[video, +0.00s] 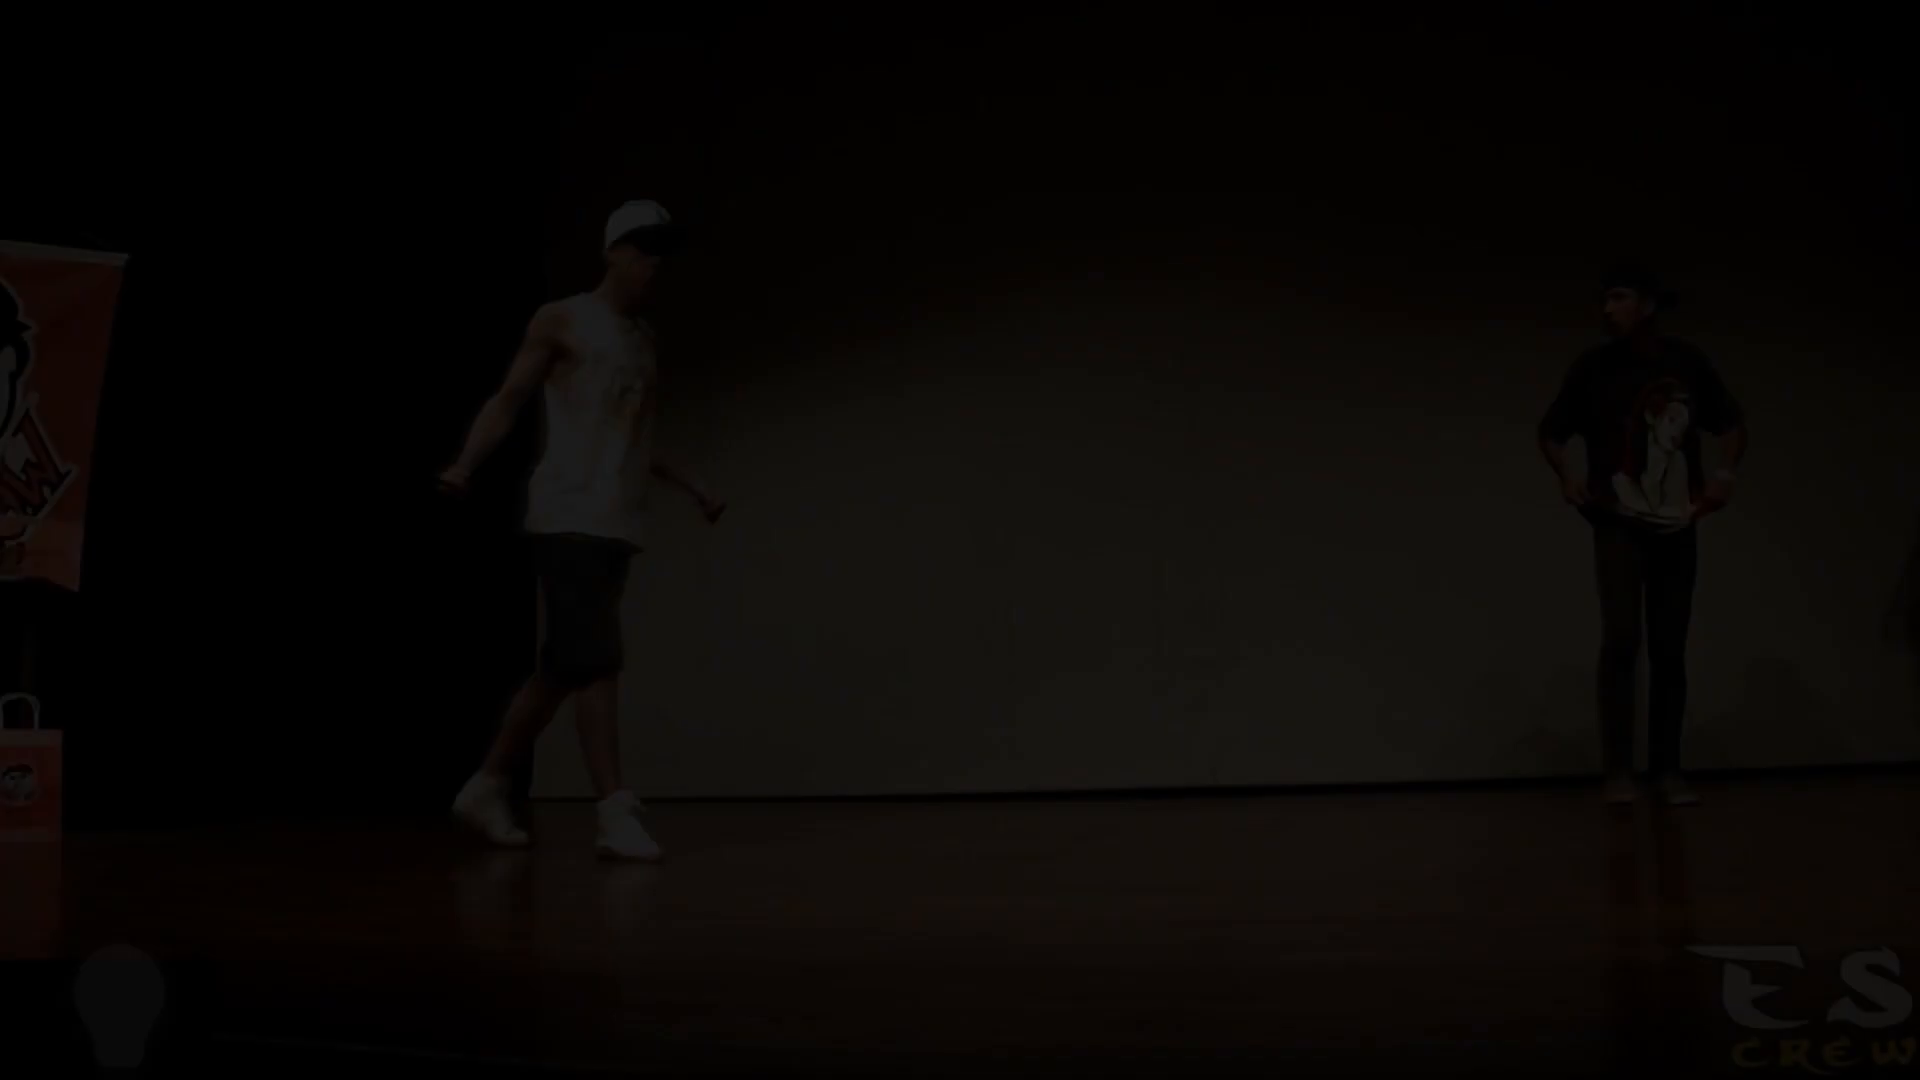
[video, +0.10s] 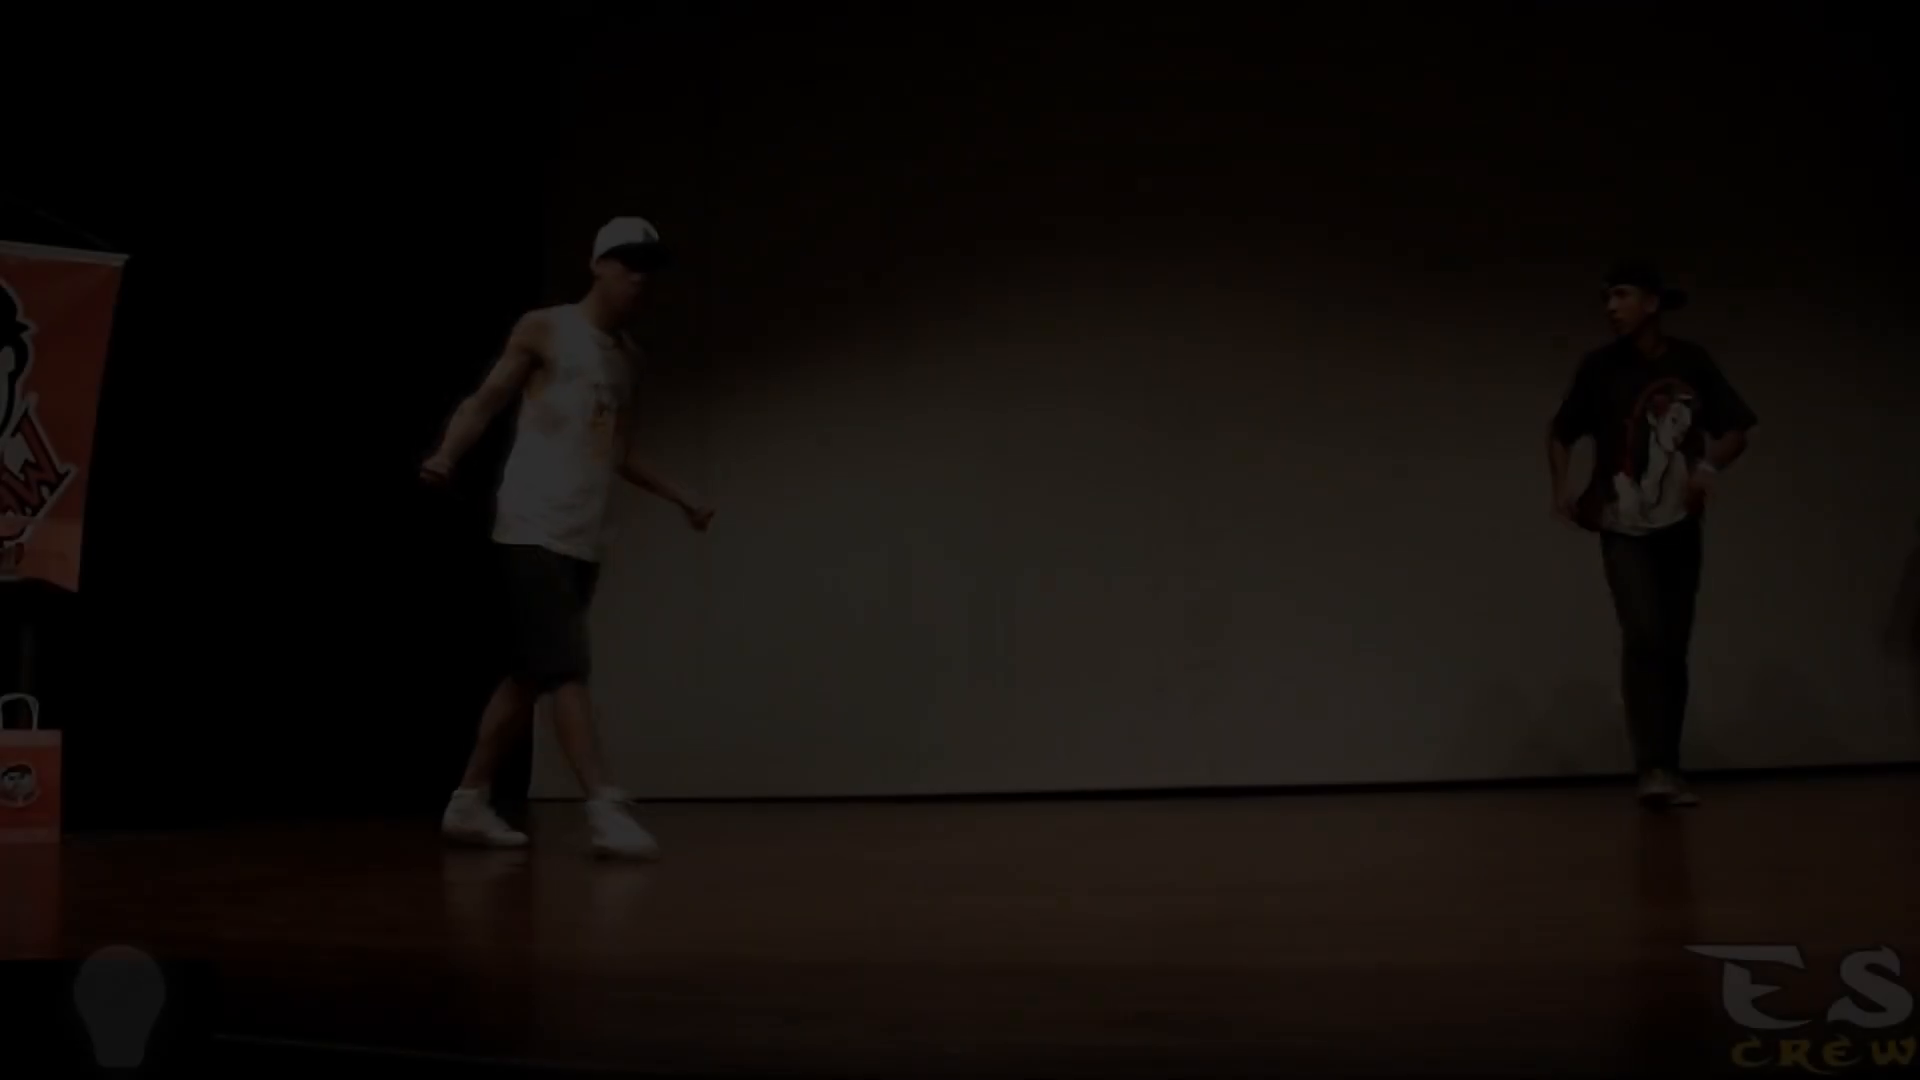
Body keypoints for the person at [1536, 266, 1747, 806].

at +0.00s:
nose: (1613, 311)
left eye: (1622, 300)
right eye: (1610, 301)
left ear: (1646, 305)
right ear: (1608, 309)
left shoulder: (1684, 362)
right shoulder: (1596, 365)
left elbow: (1728, 429)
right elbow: (1552, 434)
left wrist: (1717, 487)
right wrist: (1573, 490)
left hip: (1674, 524)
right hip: (1615, 525)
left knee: (1668, 648)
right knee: (1620, 644)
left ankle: (1666, 770)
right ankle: (1618, 770)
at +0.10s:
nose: (1613, 307)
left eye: (1623, 297)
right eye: (1611, 298)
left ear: (1651, 303)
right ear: (1614, 307)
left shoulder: (1688, 362)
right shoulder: (1599, 367)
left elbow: (1735, 427)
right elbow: (1561, 434)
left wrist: (1704, 473)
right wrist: (1563, 494)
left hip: (1678, 524)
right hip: (1621, 527)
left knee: (1671, 642)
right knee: (1642, 640)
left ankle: (1666, 767)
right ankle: (1650, 769)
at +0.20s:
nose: (1614, 305)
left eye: (1624, 295)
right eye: (1612, 296)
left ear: (1654, 300)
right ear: (1615, 305)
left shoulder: (1693, 358)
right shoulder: (1603, 366)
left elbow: (1732, 434)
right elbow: (1570, 436)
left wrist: (1686, 449)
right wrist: (1558, 505)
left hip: (1688, 526)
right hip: (1630, 529)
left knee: (1680, 645)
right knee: (1660, 642)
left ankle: (1668, 766)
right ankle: (1674, 772)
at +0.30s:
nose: (1614, 300)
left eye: (1623, 290)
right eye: (1611, 291)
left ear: (1653, 295)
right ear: (1616, 301)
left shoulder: (1695, 351)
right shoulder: (1605, 363)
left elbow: (1731, 426)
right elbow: (1574, 441)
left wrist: (1685, 422)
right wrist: (1557, 517)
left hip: (1694, 522)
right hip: (1636, 525)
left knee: (1697, 646)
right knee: (1666, 641)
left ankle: (1672, 759)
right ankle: (1677, 774)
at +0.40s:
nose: (1610, 292)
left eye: (1620, 281)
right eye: (1608, 283)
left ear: (1653, 286)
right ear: (1615, 293)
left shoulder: (1698, 343)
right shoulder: (1605, 357)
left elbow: (1743, 414)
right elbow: (1579, 438)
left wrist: (1698, 391)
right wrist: (1555, 516)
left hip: (1698, 520)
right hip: (1636, 526)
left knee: (1723, 641)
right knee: (1663, 645)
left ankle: (1686, 748)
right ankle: (1678, 777)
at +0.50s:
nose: (1610, 284)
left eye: (1621, 272)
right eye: (1608, 274)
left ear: (1654, 277)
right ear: (1617, 284)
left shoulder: (1701, 335)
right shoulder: (1606, 349)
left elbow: (1756, 397)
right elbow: (1581, 431)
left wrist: (1700, 350)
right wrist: (1552, 510)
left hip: (1702, 513)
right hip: (1640, 524)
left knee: (1740, 631)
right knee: (1664, 646)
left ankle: (1720, 735)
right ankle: (1677, 776)